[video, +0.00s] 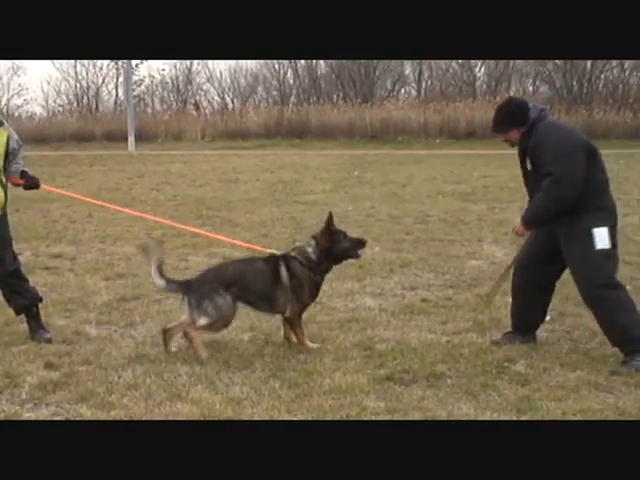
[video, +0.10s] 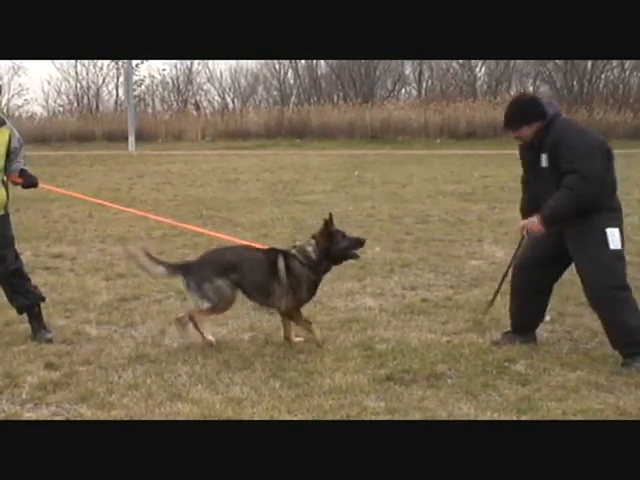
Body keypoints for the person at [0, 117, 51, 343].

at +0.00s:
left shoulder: (7, 136)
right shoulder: (8, 137)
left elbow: (12, 164)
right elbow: (13, 165)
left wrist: (23, 176)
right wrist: (23, 176)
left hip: (1, 212)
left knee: (8, 265)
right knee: (7, 265)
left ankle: (34, 319)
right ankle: (33, 318)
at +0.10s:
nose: (0, 102)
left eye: (2, 98)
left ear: (3, 103)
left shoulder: (9, 135)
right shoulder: (9, 135)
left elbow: (14, 164)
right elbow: (14, 165)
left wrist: (22, 175)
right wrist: (21, 175)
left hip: (1, 212)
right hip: (2, 213)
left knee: (9, 266)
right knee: (9, 267)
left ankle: (36, 321)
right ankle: (35, 320)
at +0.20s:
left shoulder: (8, 133)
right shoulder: (9, 134)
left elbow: (11, 164)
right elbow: (12, 165)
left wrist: (19, 174)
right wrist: (18, 174)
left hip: (1, 208)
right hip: (2, 209)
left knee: (9, 264)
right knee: (9, 264)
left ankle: (36, 318)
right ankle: (36, 317)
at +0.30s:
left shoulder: (4, 137)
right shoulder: (5, 139)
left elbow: (7, 167)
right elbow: (7, 168)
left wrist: (17, 175)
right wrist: (16, 175)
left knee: (8, 264)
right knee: (8, 264)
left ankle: (35, 318)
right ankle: (35, 318)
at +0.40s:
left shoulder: (3, 137)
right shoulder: (4, 139)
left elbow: (4, 162)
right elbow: (4, 164)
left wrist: (14, 174)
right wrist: (13, 174)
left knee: (8, 259)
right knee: (8, 260)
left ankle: (32, 319)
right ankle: (32, 318)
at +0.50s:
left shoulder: (5, 135)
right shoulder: (6, 136)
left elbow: (11, 166)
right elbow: (12, 166)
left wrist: (22, 174)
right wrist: (21, 174)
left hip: (1, 213)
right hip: (2, 214)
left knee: (7, 265)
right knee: (7, 265)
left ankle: (30, 319)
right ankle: (29, 317)